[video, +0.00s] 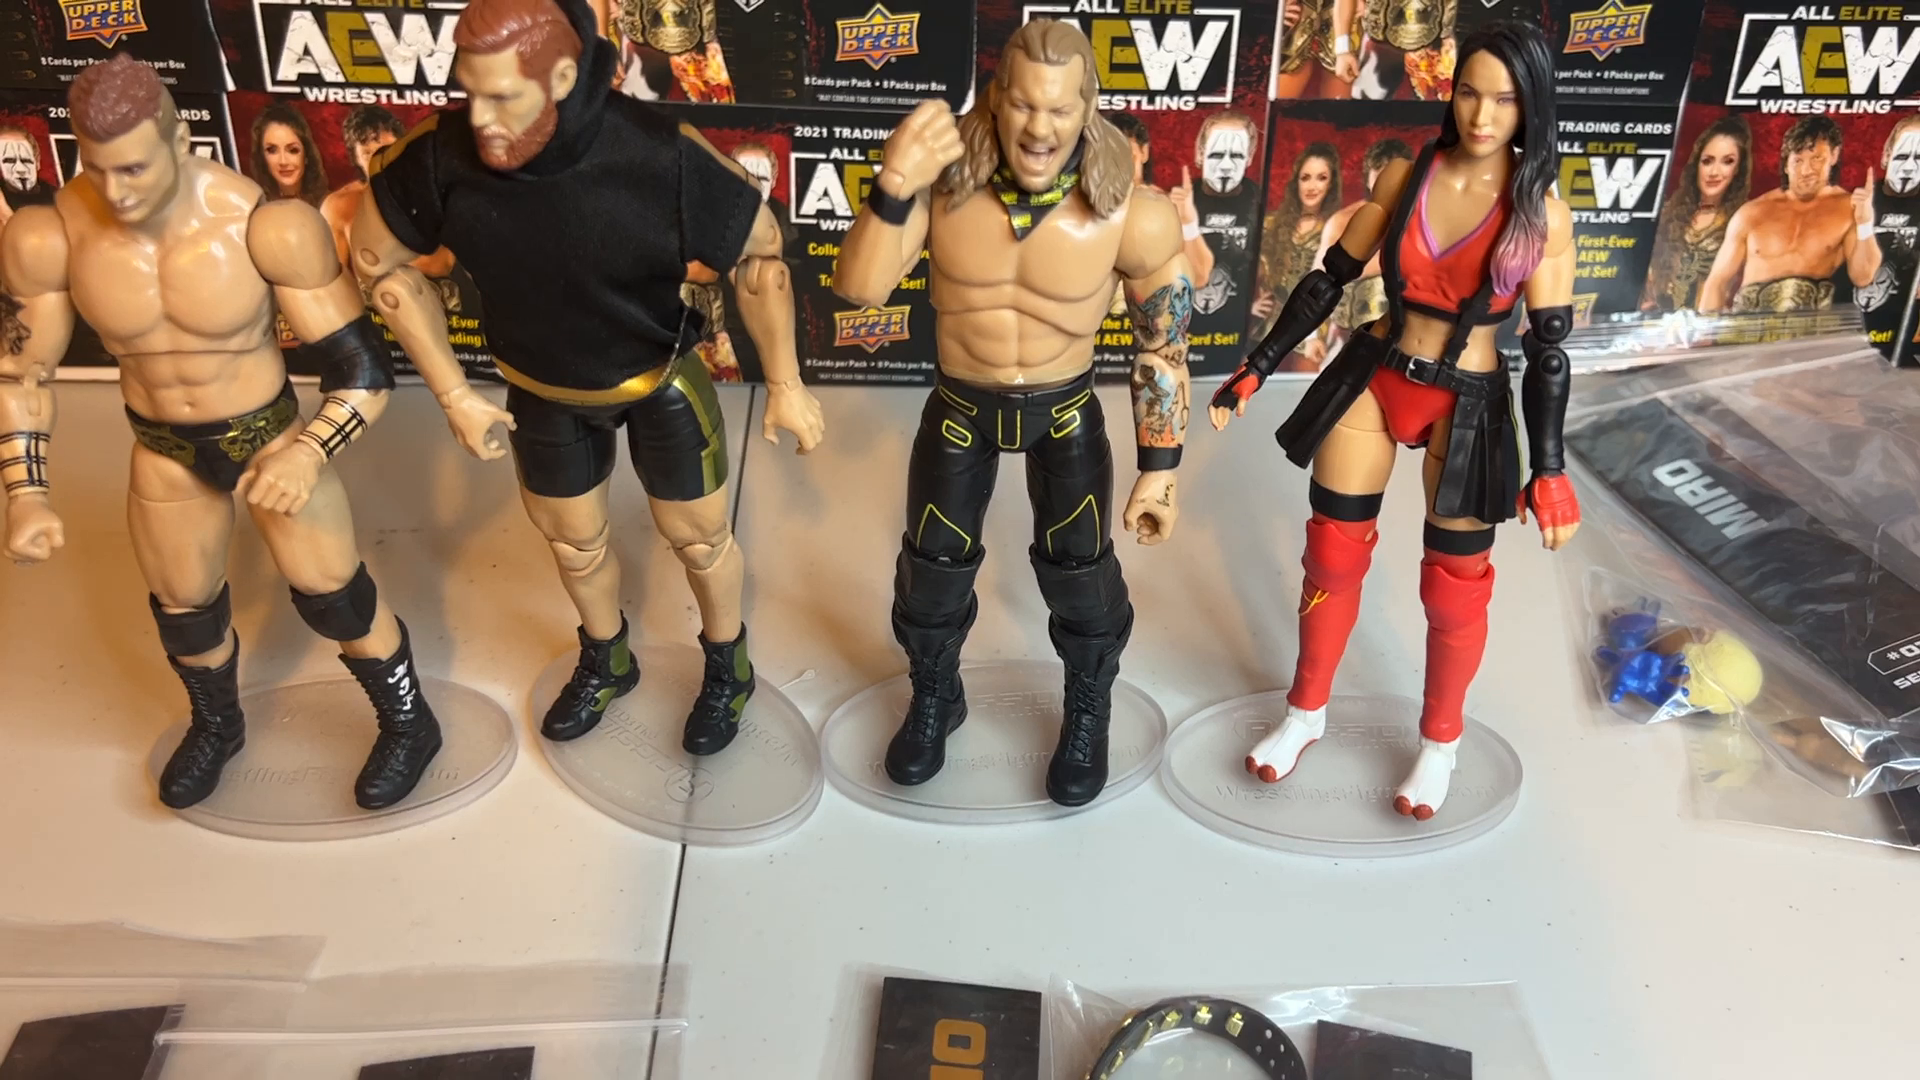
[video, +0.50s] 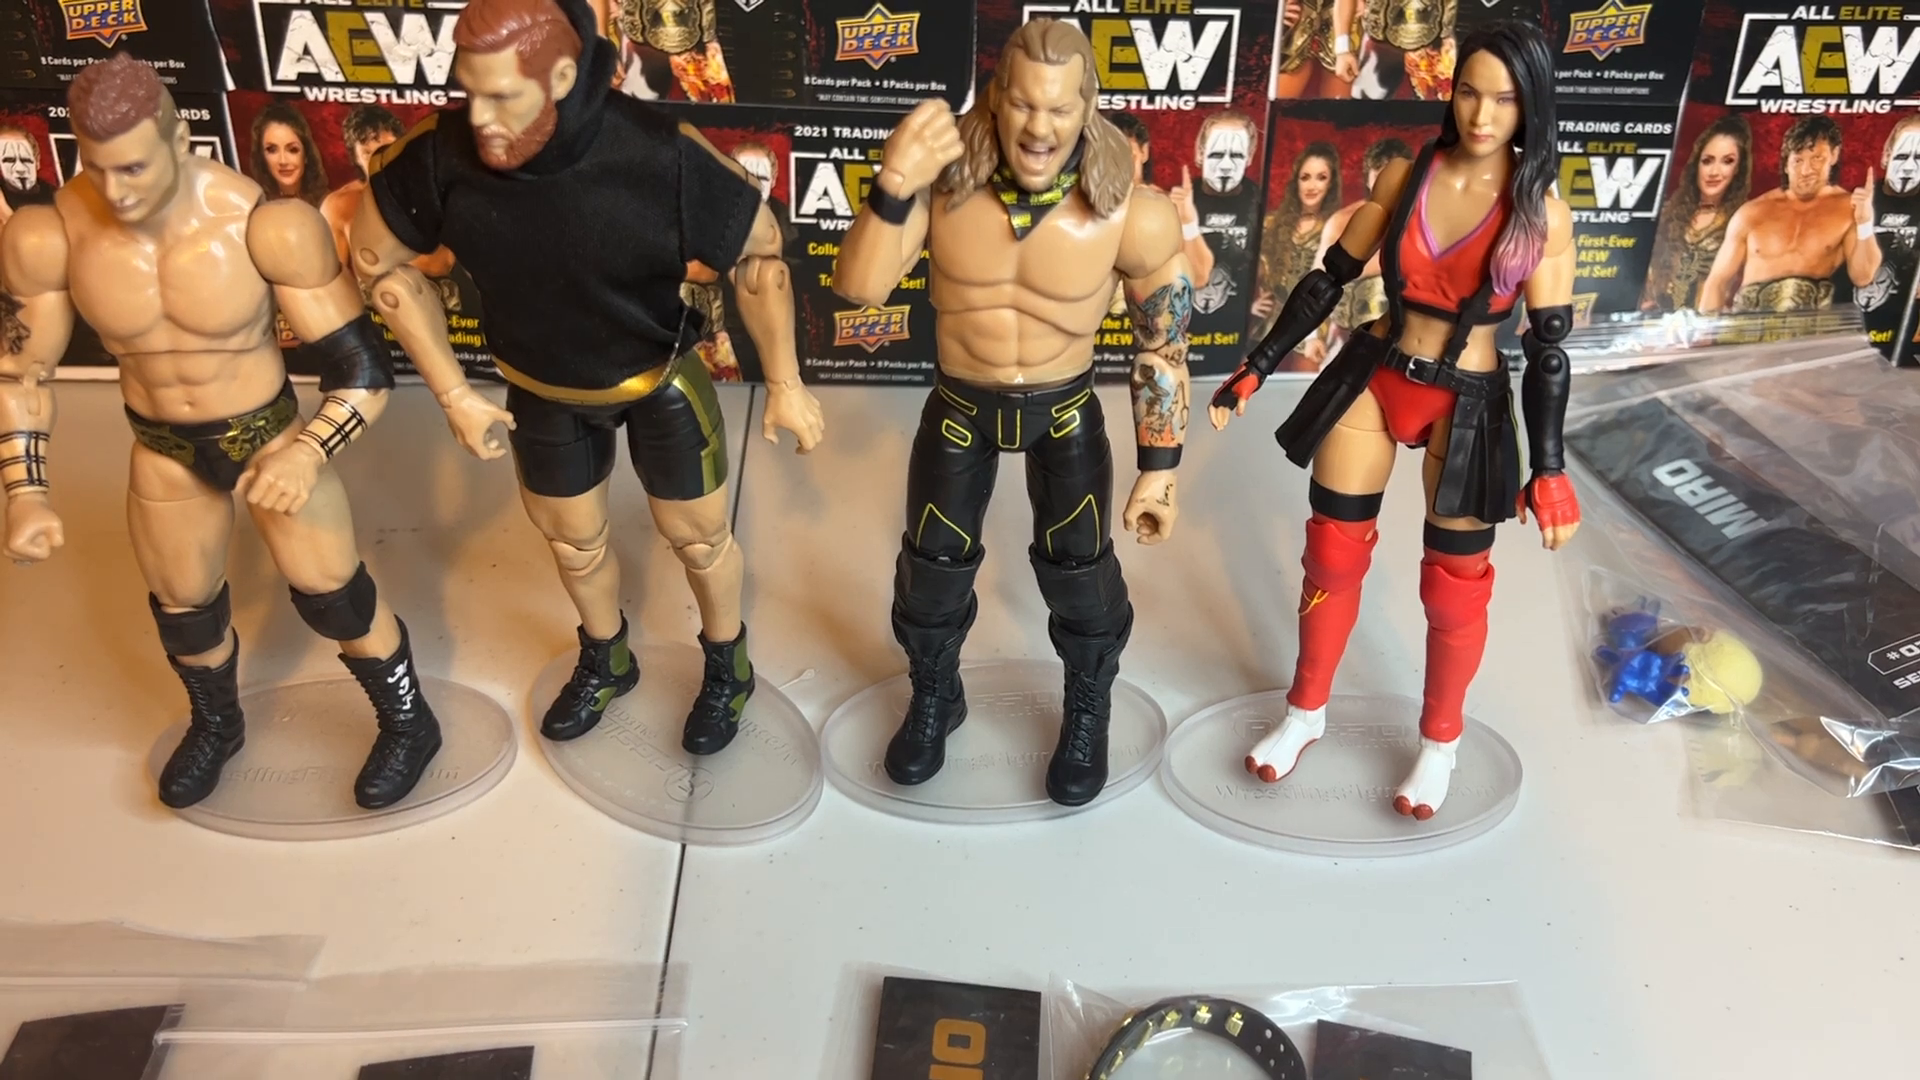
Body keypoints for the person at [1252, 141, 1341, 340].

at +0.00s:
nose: (1312, 187)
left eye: (1321, 178)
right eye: (1305, 178)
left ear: (1332, 183)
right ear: (1295, 181)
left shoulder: (1339, 230)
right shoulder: (1269, 225)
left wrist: (1319, 336)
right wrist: (1251, 302)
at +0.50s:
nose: (1312, 186)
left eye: (1321, 178)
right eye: (1305, 177)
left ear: (1332, 183)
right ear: (1296, 180)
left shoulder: (1337, 229)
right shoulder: (1271, 224)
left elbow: (1338, 286)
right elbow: (1255, 274)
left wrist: (1322, 337)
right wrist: (1254, 302)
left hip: (1312, 331)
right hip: (1269, 326)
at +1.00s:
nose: (1312, 186)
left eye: (1321, 178)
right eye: (1305, 177)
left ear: (1332, 183)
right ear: (1295, 180)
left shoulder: (1337, 229)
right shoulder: (1271, 224)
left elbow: (1335, 284)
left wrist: (1321, 336)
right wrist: (1252, 301)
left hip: (1312, 332)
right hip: (1269, 327)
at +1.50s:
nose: (1312, 186)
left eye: (1321, 178)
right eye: (1305, 177)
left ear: (1332, 183)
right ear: (1296, 181)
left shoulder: (1338, 230)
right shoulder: (1271, 225)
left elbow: (1339, 287)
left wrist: (1322, 336)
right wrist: (1252, 302)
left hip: (1313, 333)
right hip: (1269, 328)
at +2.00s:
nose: (1312, 186)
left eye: (1321, 178)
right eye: (1305, 177)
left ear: (1332, 183)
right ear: (1296, 180)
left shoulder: (1338, 229)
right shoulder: (1271, 225)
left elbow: (1338, 287)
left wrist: (1321, 335)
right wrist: (1253, 302)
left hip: (1313, 334)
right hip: (1269, 329)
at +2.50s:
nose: (1312, 186)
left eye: (1321, 178)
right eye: (1305, 177)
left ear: (1332, 183)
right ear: (1296, 181)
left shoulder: (1339, 230)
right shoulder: (1271, 225)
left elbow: (1340, 288)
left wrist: (1322, 336)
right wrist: (1252, 302)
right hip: (1269, 330)